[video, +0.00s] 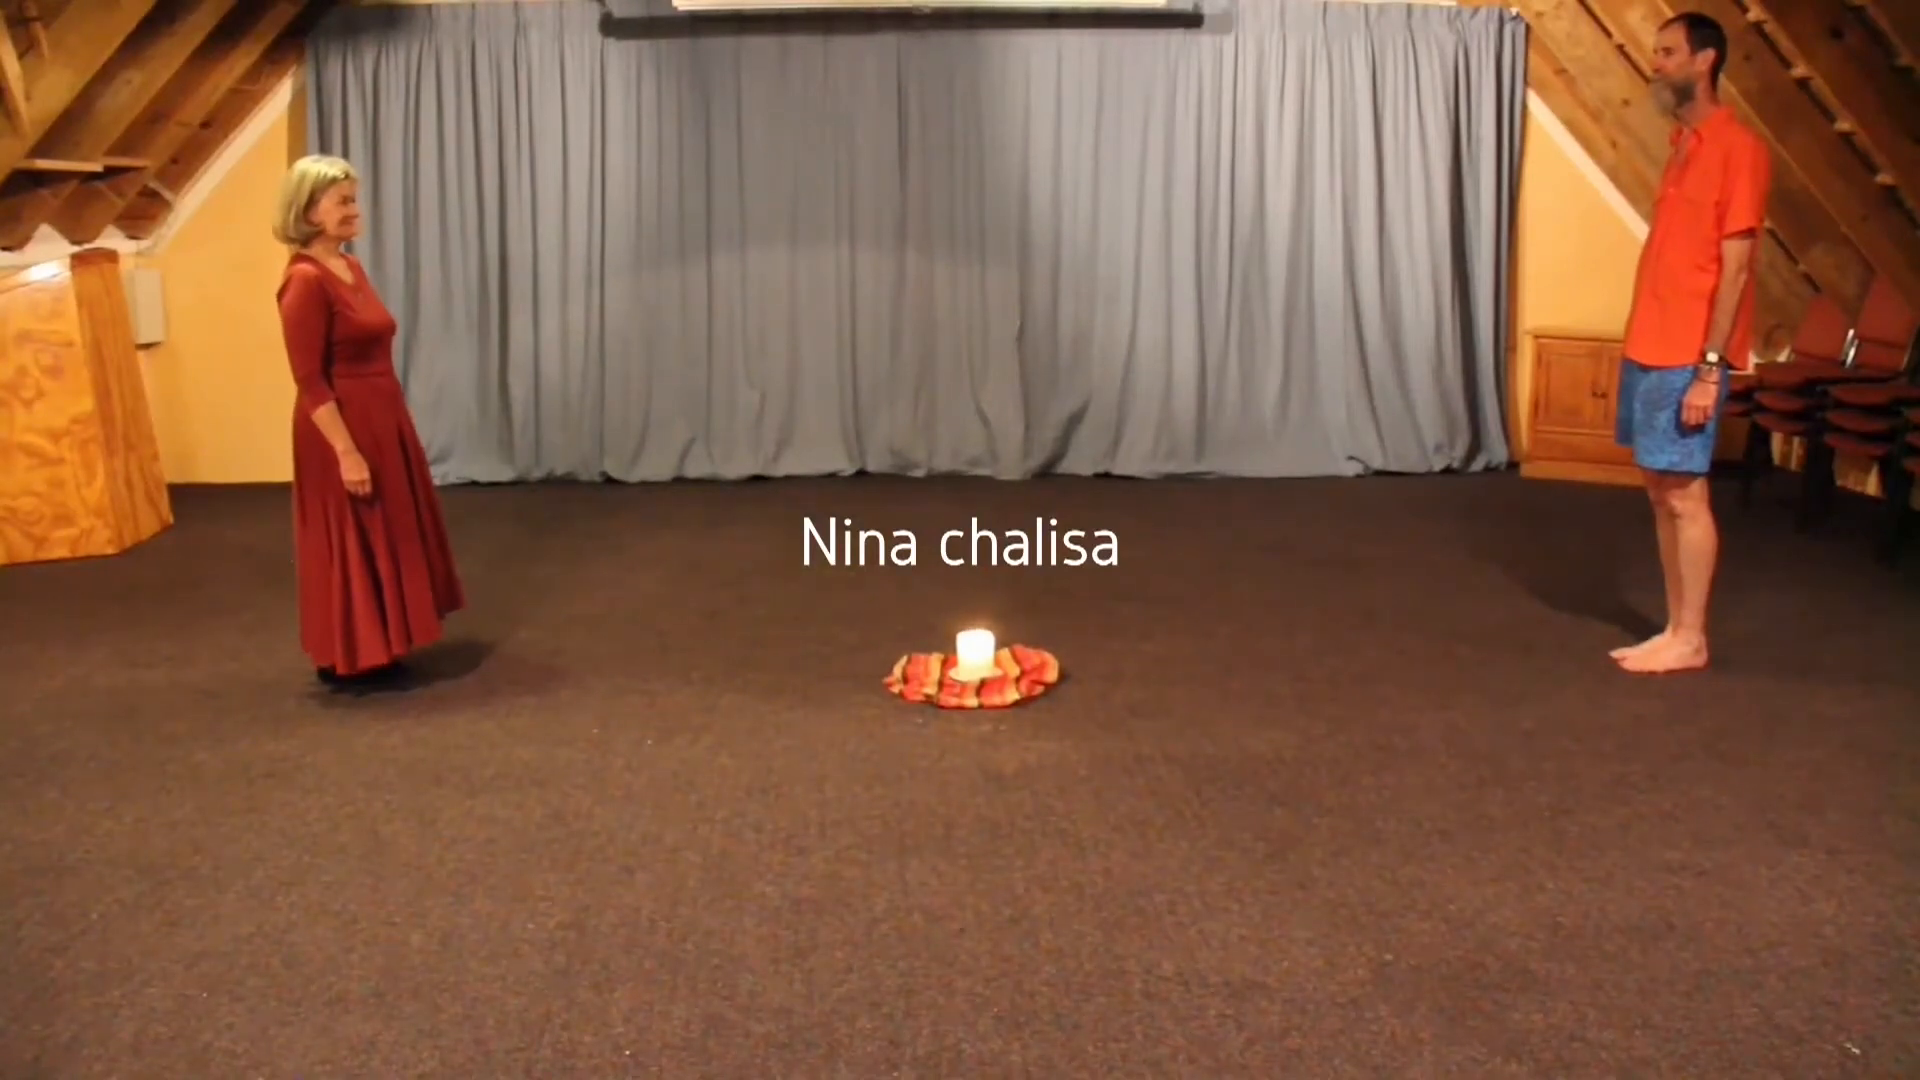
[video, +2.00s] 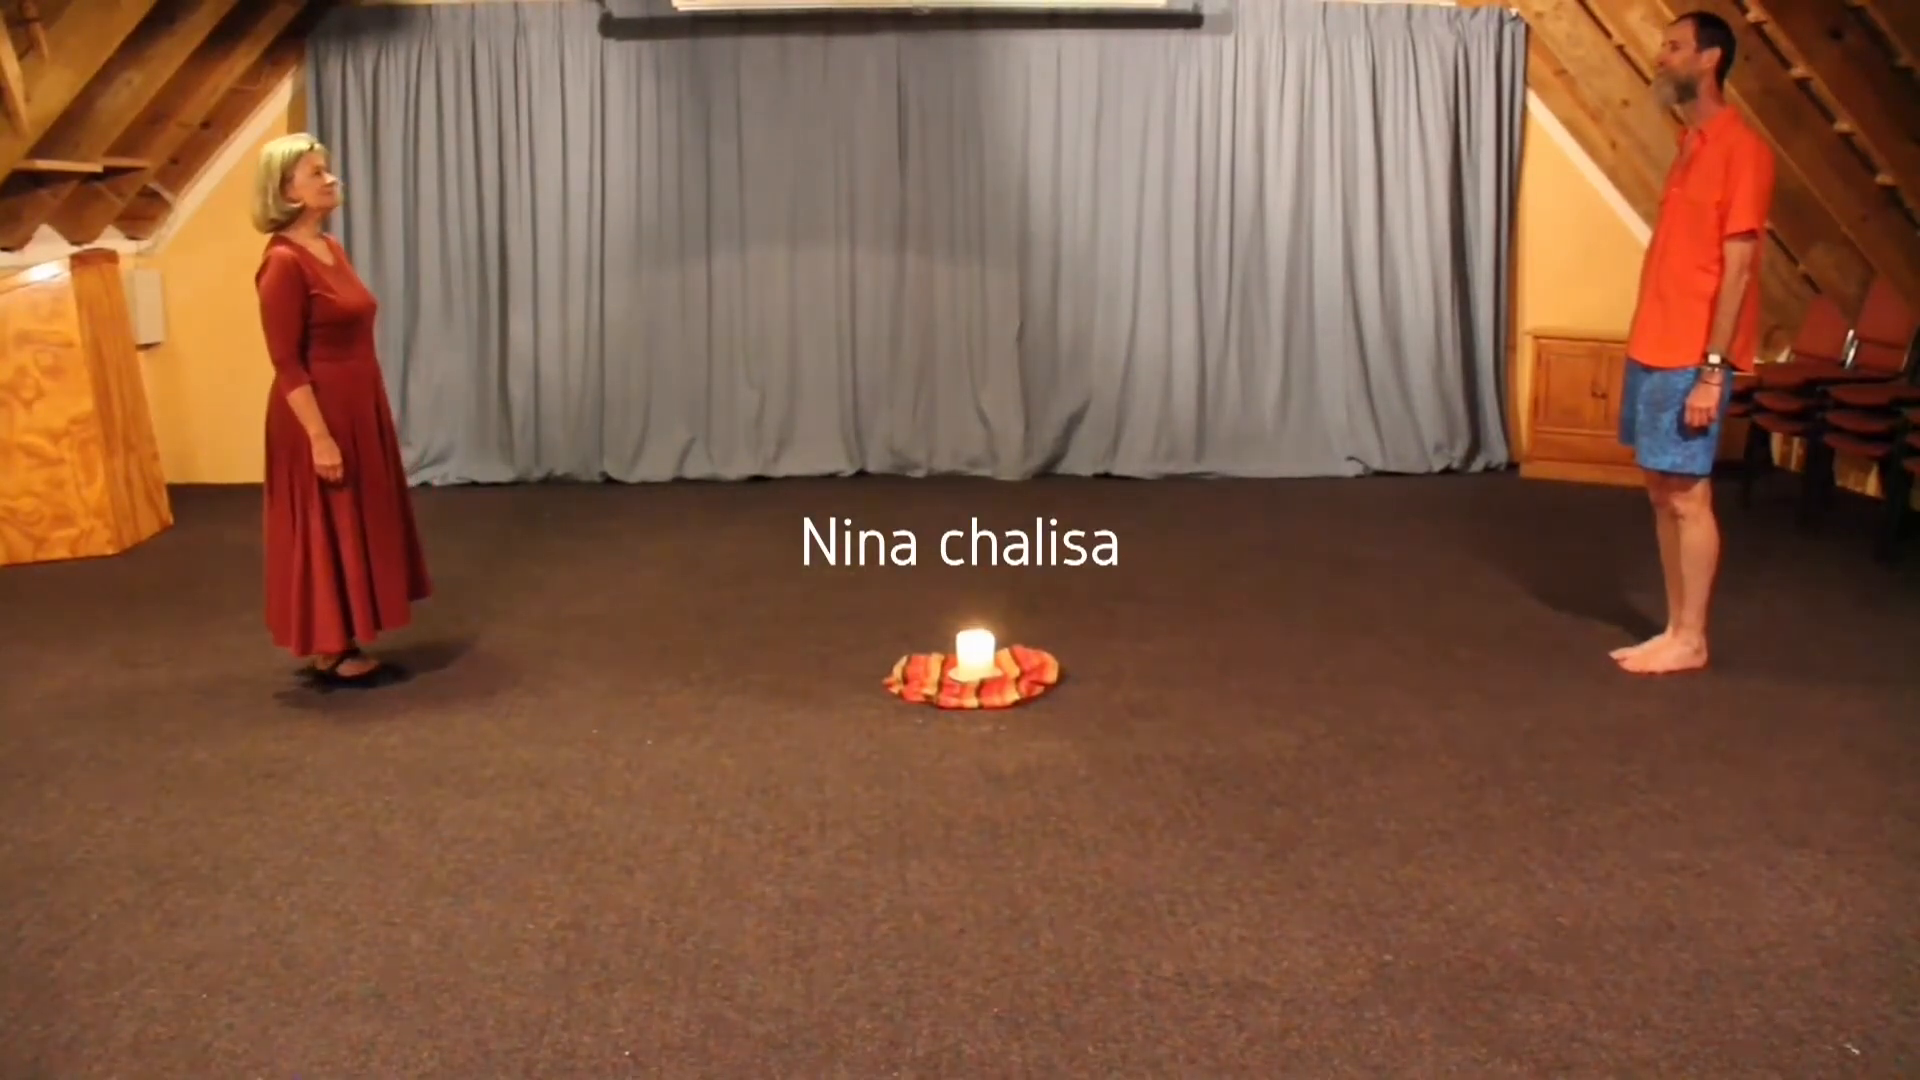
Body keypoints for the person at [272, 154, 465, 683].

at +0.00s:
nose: (353, 210)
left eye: (355, 200)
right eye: (341, 202)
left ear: (354, 207)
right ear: (310, 212)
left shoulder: (350, 266)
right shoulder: (303, 280)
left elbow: (367, 359)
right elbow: (308, 380)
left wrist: (393, 421)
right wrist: (346, 451)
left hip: (378, 418)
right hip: (338, 427)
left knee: (379, 532)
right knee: (347, 538)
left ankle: (380, 648)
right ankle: (347, 655)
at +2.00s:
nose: (332, 180)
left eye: (328, 171)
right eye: (319, 173)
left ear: (315, 187)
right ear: (289, 190)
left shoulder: (330, 247)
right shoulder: (282, 262)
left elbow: (349, 342)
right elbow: (286, 363)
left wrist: (372, 410)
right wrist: (319, 435)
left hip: (355, 405)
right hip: (317, 411)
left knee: (347, 522)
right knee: (323, 525)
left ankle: (339, 643)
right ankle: (328, 648)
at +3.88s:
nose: (330, 185)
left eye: (327, 175)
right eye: (317, 178)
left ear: (318, 186)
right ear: (287, 191)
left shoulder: (325, 250)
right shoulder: (275, 263)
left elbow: (339, 344)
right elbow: (275, 364)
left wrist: (361, 410)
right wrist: (307, 437)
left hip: (345, 403)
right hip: (307, 410)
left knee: (342, 520)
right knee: (315, 524)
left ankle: (339, 642)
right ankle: (324, 648)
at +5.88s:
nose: (359, 182)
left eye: (357, 172)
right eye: (346, 174)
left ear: (346, 185)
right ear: (316, 189)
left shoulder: (355, 248)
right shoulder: (307, 262)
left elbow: (369, 344)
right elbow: (304, 363)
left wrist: (391, 413)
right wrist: (322, 438)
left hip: (376, 407)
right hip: (338, 412)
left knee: (367, 521)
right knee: (338, 525)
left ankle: (354, 644)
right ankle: (337, 649)